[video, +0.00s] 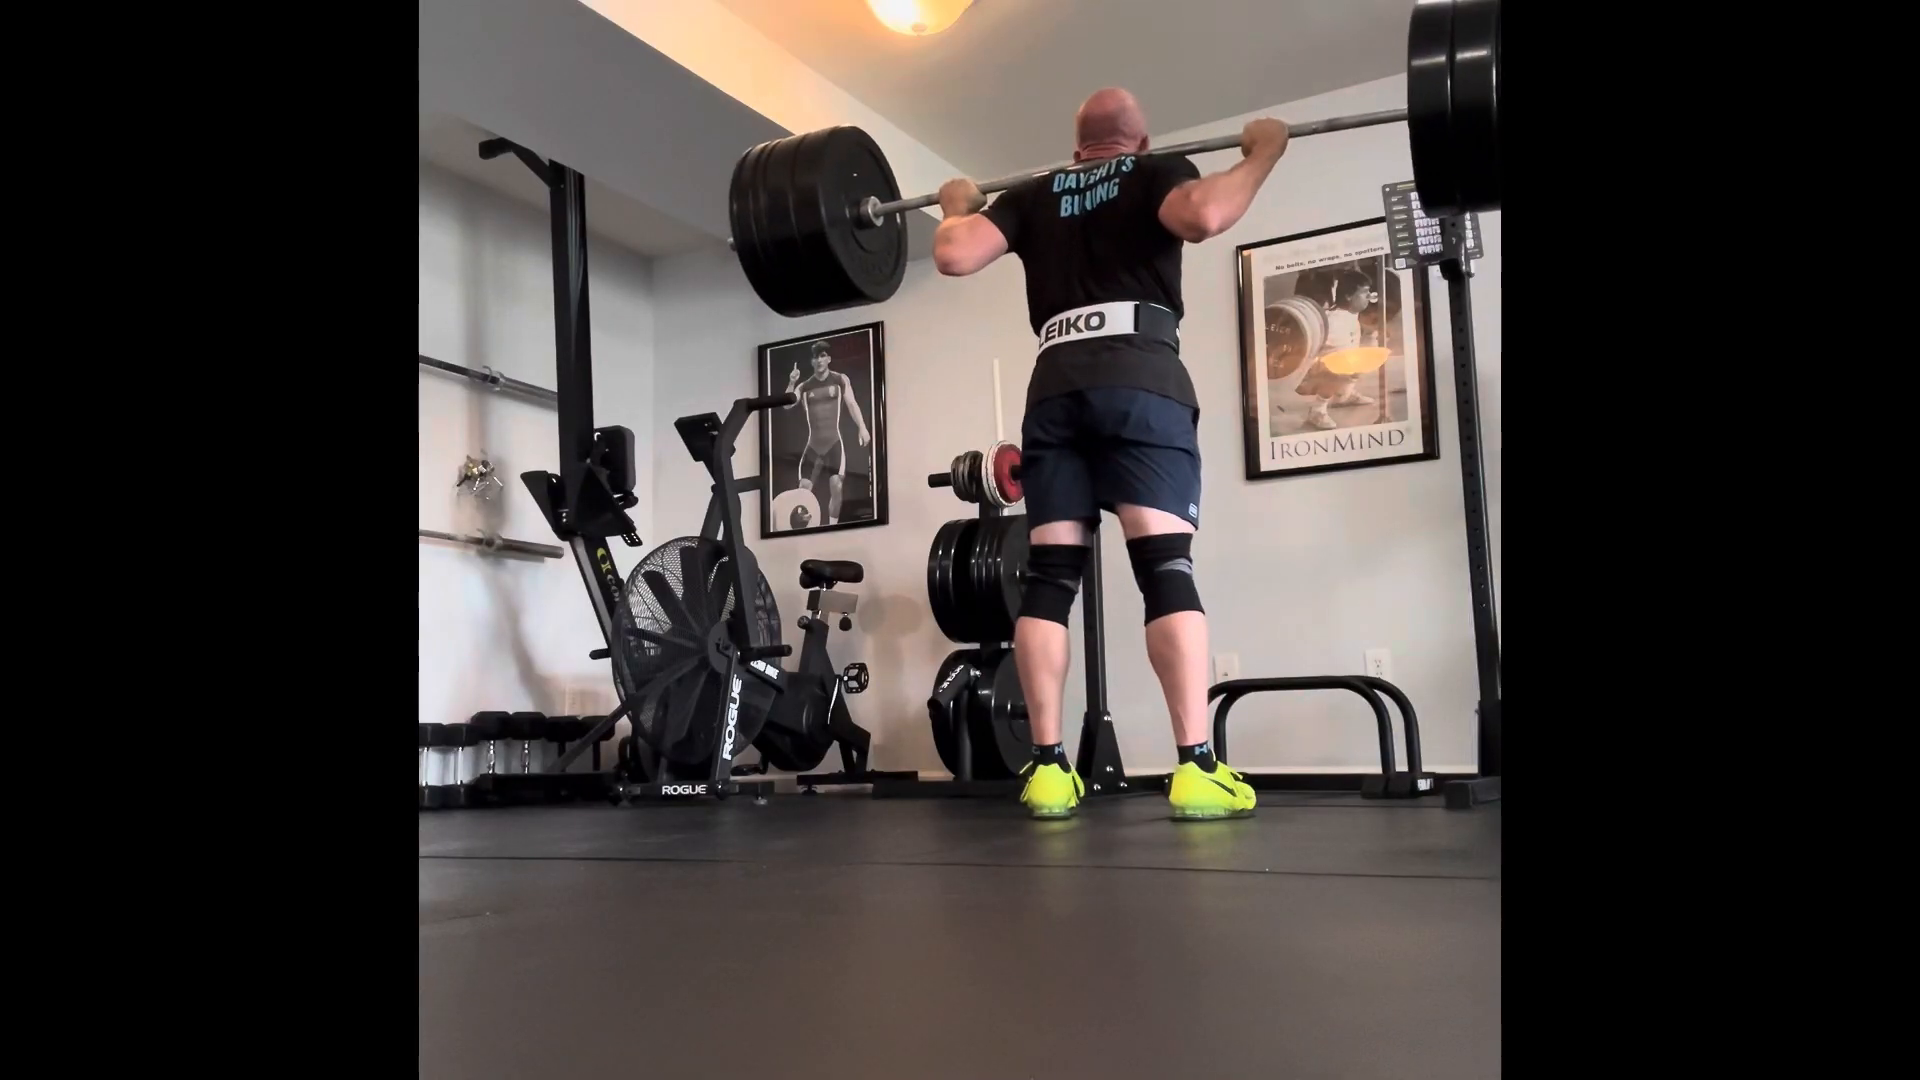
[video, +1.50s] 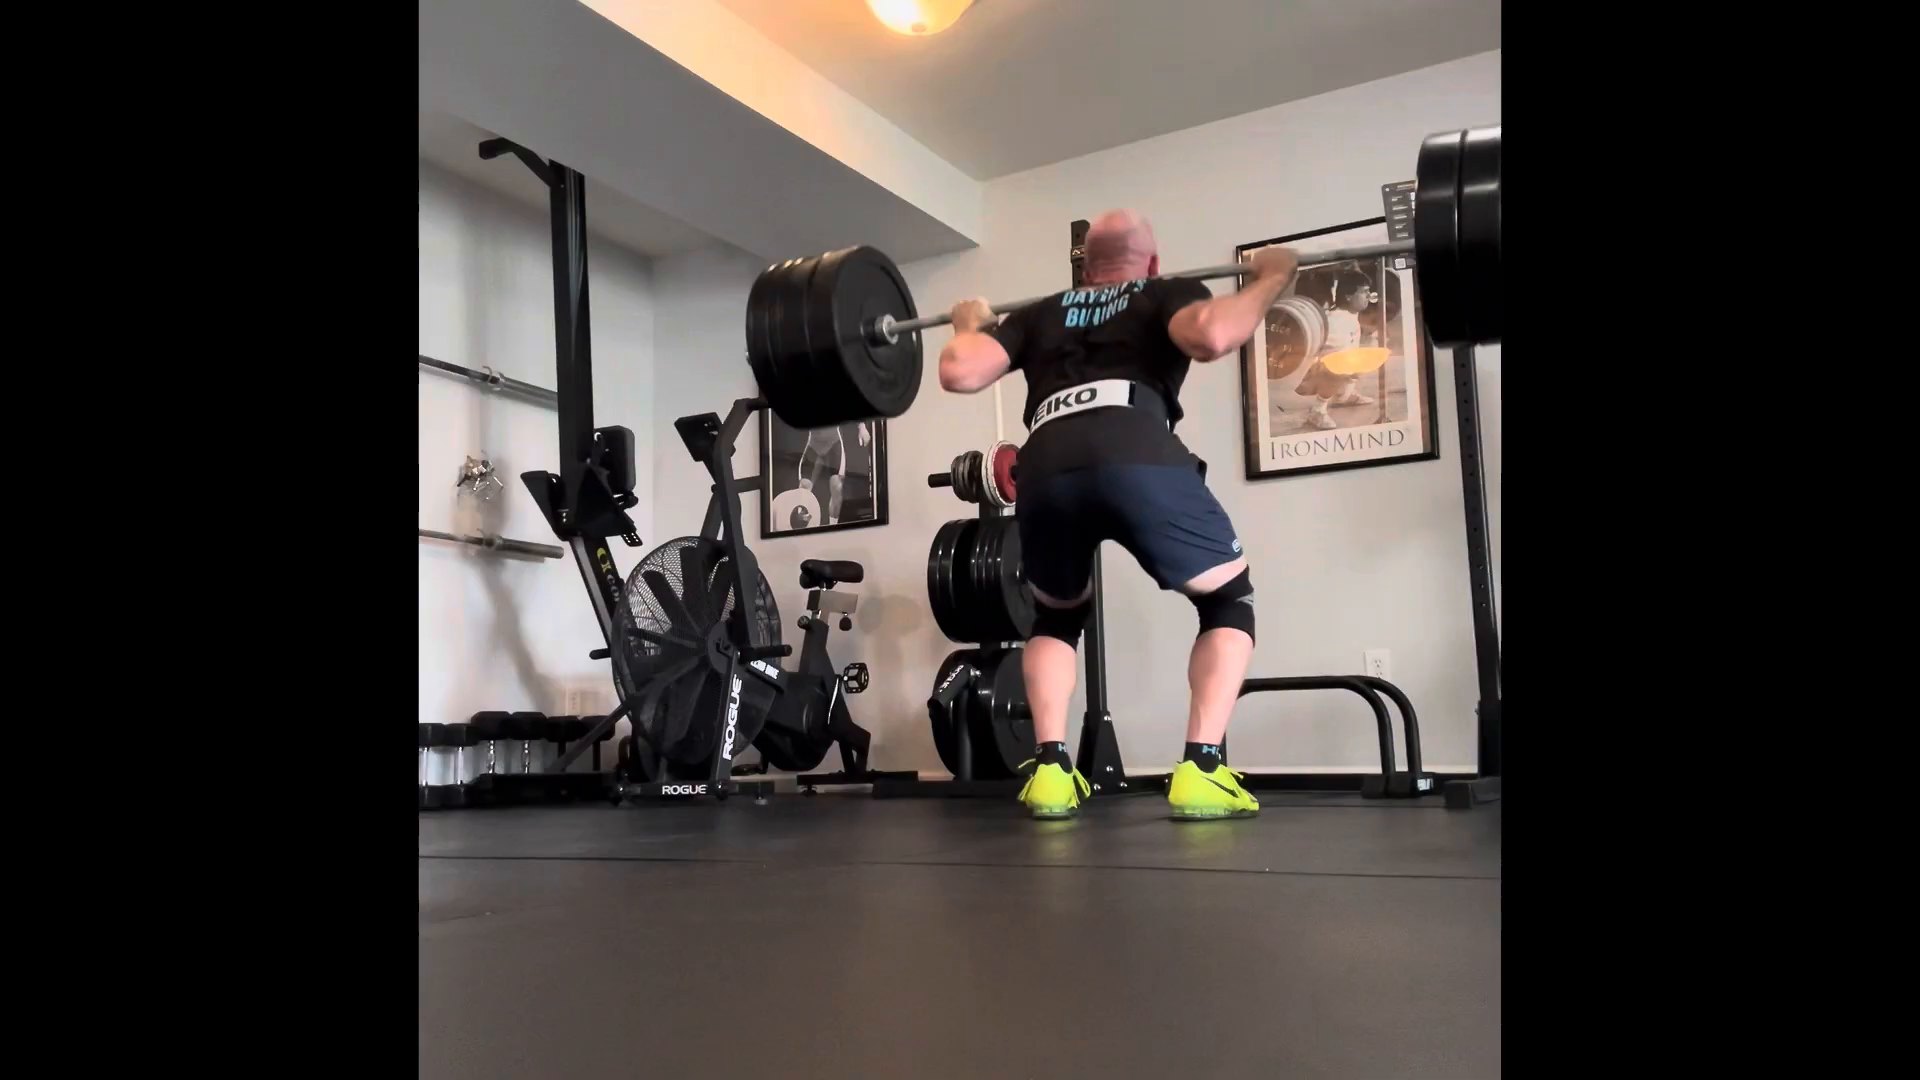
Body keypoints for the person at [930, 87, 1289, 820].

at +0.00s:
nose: (1132, 145)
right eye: (1140, 136)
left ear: (1074, 145)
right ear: (1143, 140)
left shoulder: (1031, 194)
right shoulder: (1155, 170)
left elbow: (955, 254)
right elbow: (1204, 214)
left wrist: (956, 206)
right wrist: (1261, 153)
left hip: (1056, 379)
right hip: (1144, 373)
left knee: (1050, 575)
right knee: (1165, 569)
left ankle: (1047, 764)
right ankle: (1196, 764)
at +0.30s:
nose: (1143, 151)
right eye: (1149, 141)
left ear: (1083, 149)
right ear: (1152, 145)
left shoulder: (1042, 200)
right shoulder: (1165, 175)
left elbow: (966, 258)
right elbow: (1213, 222)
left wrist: (966, 213)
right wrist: (1269, 159)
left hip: (1067, 379)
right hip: (1155, 375)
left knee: (1056, 573)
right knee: (1171, 568)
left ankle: (1049, 764)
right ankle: (1196, 763)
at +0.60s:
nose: (1150, 153)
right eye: (1153, 144)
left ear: (1087, 154)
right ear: (1154, 149)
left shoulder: (1046, 204)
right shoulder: (1165, 179)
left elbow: (969, 261)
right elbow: (1219, 217)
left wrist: (970, 216)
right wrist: (1272, 159)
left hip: (1065, 384)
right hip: (1151, 380)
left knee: (1057, 574)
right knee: (1171, 570)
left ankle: (1050, 764)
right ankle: (1197, 763)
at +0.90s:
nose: (1150, 159)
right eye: (1152, 150)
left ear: (1086, 159)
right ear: (1153, 156)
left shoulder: (1045, 209)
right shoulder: (1165, 186)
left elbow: (967, 263)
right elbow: (1217, 223)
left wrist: (971, 217)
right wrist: (1270, 166)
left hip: (1059, 387)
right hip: (1148, 382)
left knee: (1056, 578)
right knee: (1180, 575)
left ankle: (1051, 763)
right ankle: (1197, 761)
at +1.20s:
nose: (1148, 206)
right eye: (1149, 198)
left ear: (1083, 206)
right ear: (1149, 203)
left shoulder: (1039, 255)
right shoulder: (1161, 233)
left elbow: (960, 307)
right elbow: (1211, 269)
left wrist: (969, 262)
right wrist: (1268, 214)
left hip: (1053, 425)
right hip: (1145, 413)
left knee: (1054, 599)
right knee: (1212, 586)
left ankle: (1051, 766)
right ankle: (1201, 765)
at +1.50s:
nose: (1152, 264)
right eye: (1152, 256)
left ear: (1083, 263)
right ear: (1152, 262)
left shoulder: (1040, 313)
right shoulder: (1165, 291)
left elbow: (957, 374)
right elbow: (1214, 336)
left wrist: (967, 324)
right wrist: (1268, 280)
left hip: (1045, 460)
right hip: (1138, 449)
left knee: (1056, 616)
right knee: (1226, 603)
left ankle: (1050, 766)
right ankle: (1201, 766)